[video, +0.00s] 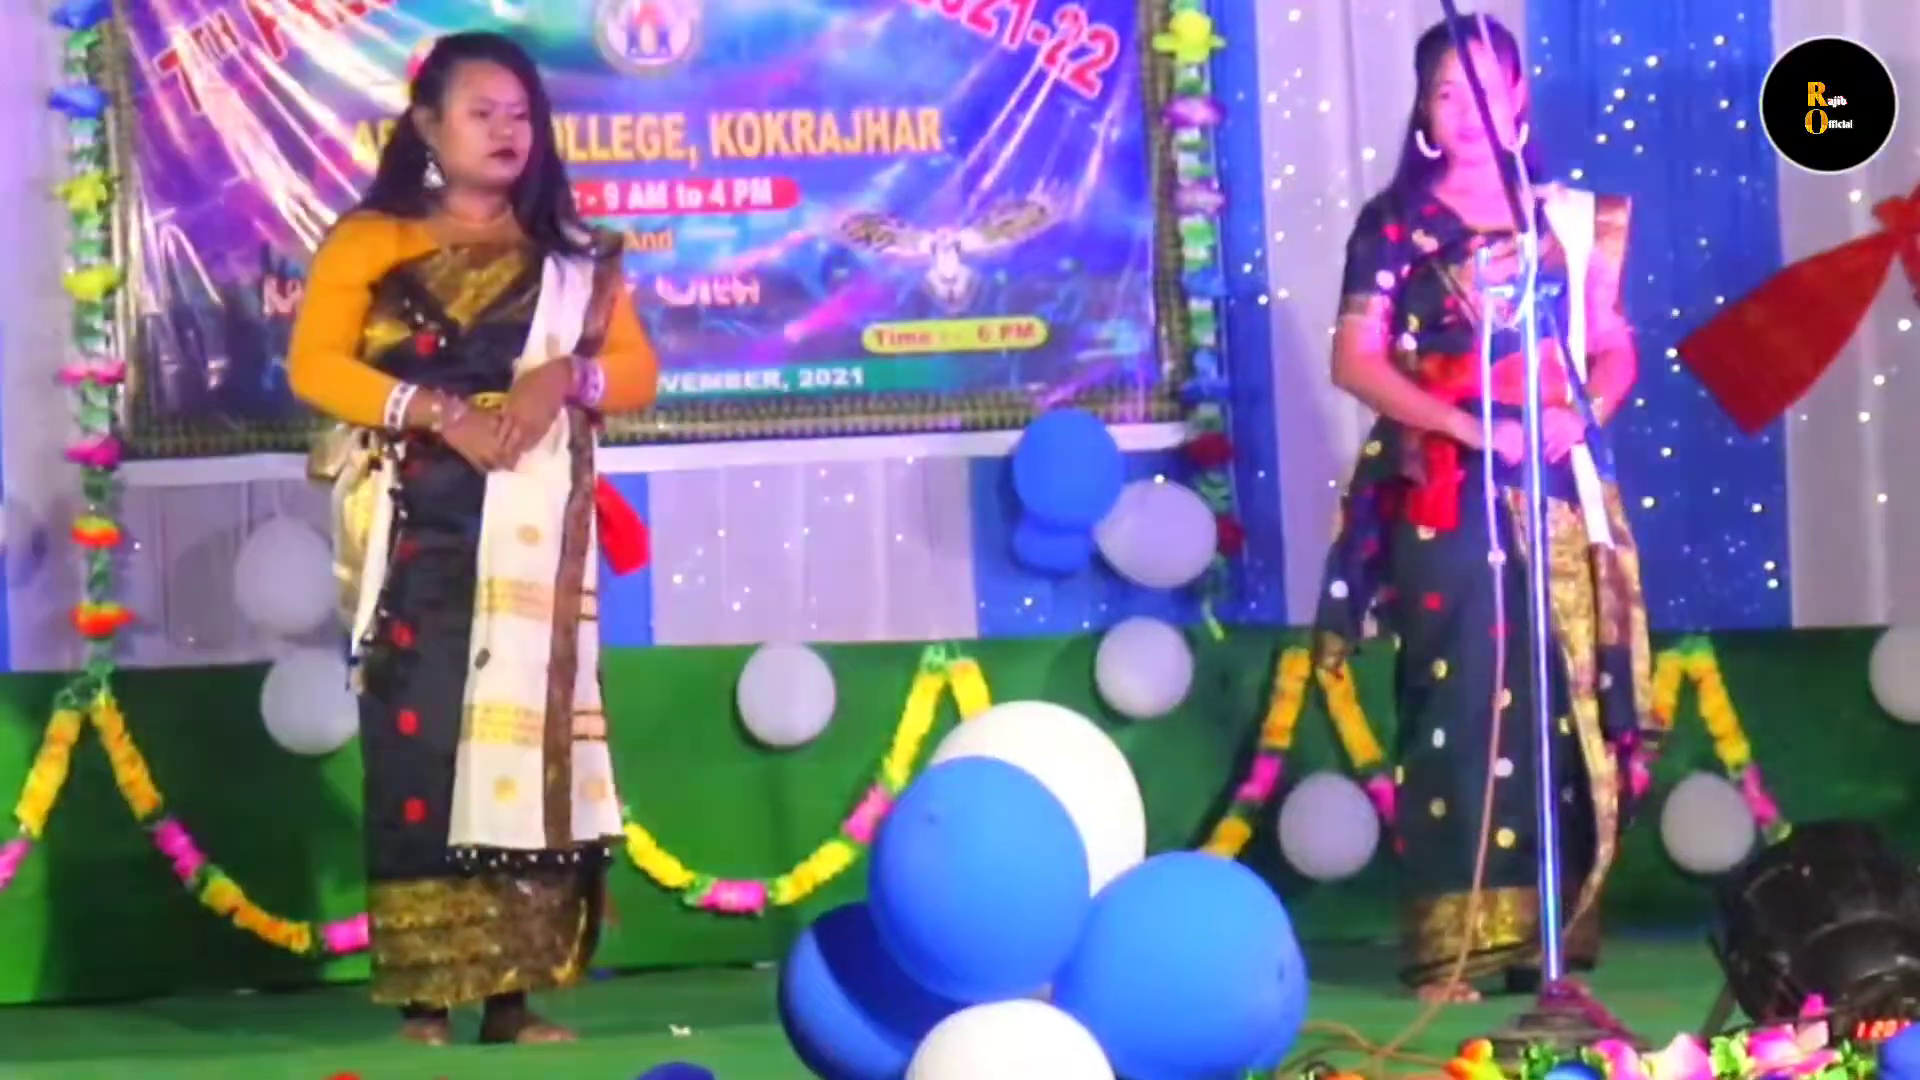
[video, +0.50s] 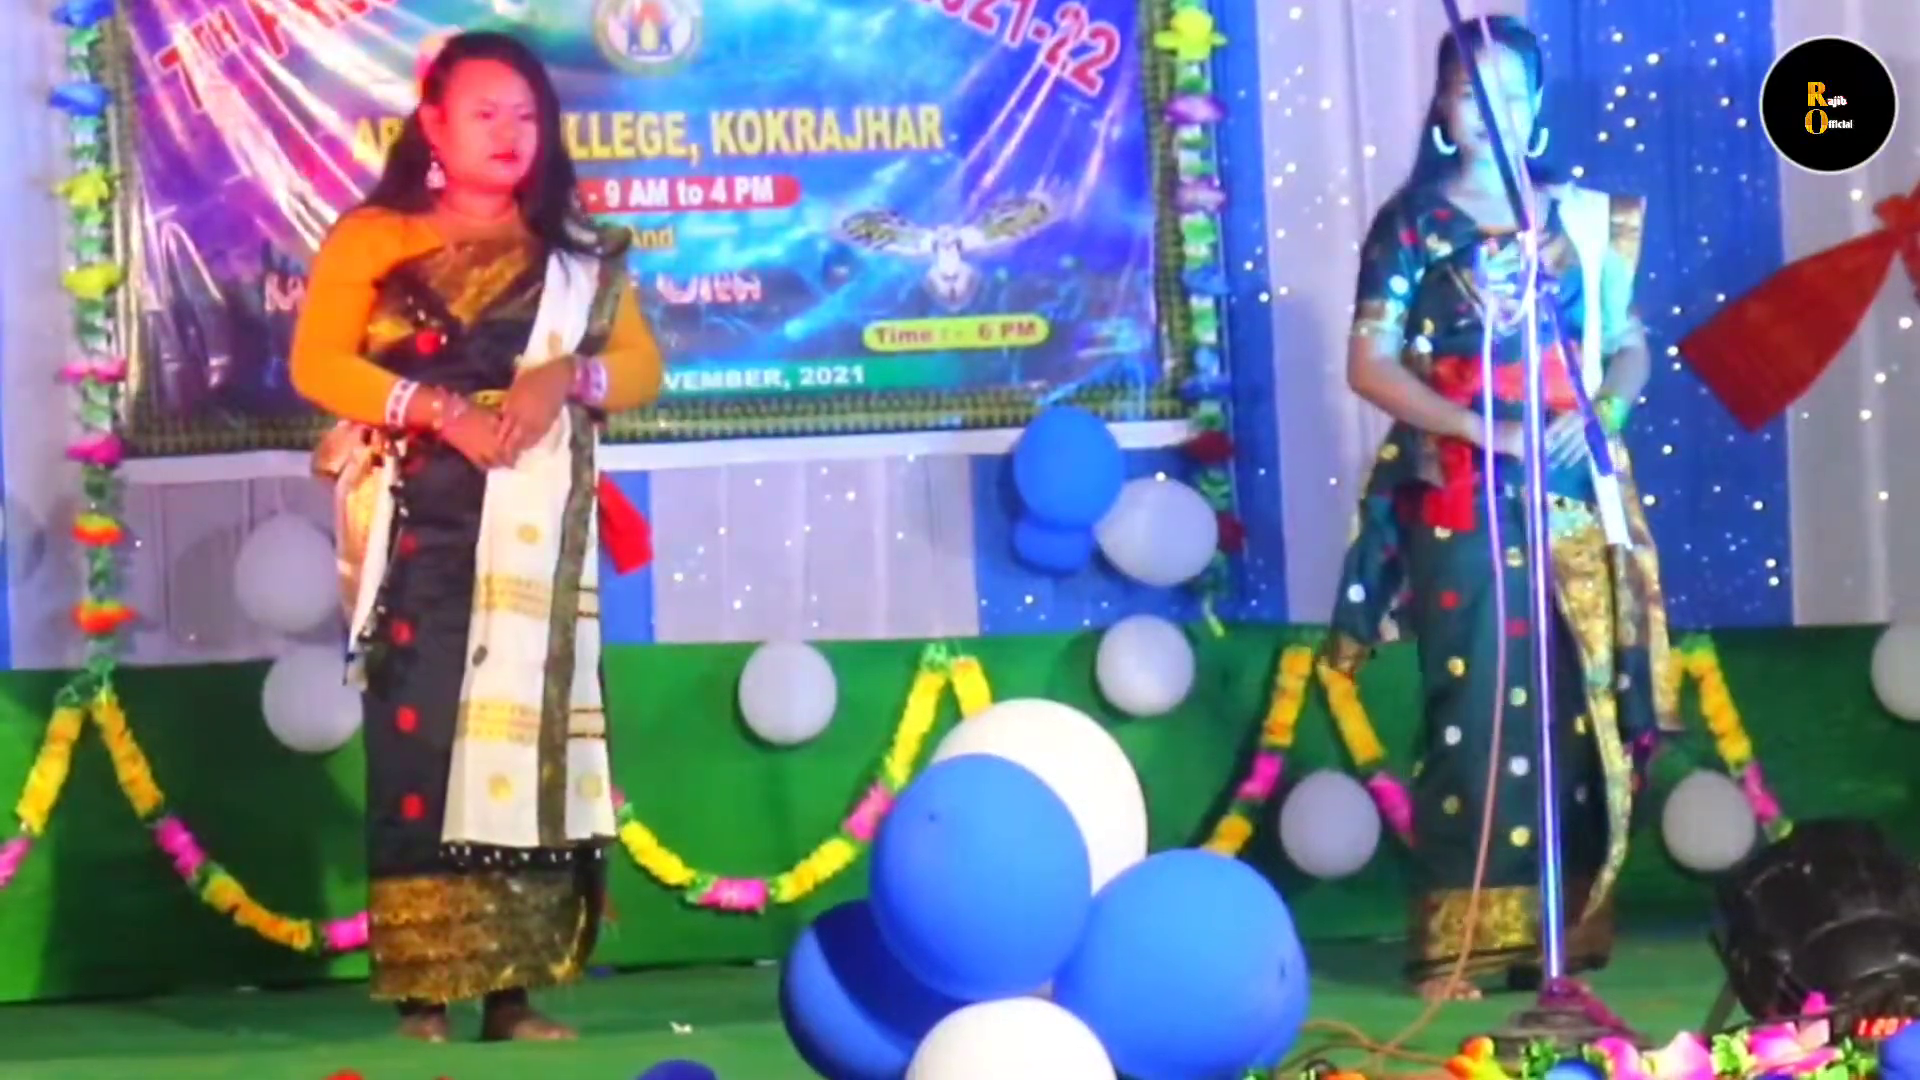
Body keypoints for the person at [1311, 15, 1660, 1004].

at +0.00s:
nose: (1452, 108)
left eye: (1472, 91)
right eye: (1440, 92)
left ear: (1514, 101)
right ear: (1422, 102)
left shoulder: (1568, 215)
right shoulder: (1394, 221)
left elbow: (1614, 351)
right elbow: (1354, 361)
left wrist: (1576, 419)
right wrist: (1471, 426)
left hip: (1555, 494)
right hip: (1446, 495)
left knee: (1563, 706)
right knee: (1452, 708)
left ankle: (1558, 949)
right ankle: (1449, 943)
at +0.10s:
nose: (1454, 105)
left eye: (1474, 88)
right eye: (1441, 89)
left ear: (1513, 97)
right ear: (1422, 101)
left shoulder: (1563, 212)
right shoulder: (1397, 222)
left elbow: (1615, 350)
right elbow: (1355, 362)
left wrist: (1583, 408)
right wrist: (1470, 426)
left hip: (1559, 493)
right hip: (1452, 495)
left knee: (1564, 703)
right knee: (1458, 704)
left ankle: (1559, 946)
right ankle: (1453, 939)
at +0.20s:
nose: (1449, 105)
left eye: (1471, 87)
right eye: (1440, 87)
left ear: (1515, 98)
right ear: (1425, 99)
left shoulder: (1566, 214)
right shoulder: (1401, 221)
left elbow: (1616, 353)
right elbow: (1359, 362)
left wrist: (1577, 411)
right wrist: (1467, 423)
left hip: (1561, 495)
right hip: (1452, 496)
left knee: (1565, 703)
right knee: (1458, 704)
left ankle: (1561, 945)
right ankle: (1452, 941)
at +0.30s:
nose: (1457, 109)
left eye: (1478, 91)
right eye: (1447, 91)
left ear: (1520, 98)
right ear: (1432, 100)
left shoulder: (1571, 213)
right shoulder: (1405, 224)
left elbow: (1621, 347)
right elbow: (1363, 363)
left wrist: (1590, 410)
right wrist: (1473, 425)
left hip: (1565, 494)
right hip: (1458, 496)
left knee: (1568, 701)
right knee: (1466, 703)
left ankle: (1565, 937)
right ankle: (1459, 933)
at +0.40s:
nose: (1462, 106)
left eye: (1483, 89)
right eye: (1453, 88)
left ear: (1526, 99)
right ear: (1437, 99)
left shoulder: (1576, 217)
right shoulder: (1408, 226)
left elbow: (1626, 349)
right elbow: (1367, 368)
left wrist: (1596, 410)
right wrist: (1482, 429)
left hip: (1570, 497)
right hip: (1461, 500)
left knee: (1574, 703)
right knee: (1470, 705)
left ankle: (1569, 932)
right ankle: (1461, 933)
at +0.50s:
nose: (1461, 108)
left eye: (1484, 91)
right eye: (1454, 89)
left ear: (1529, 102)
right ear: (1440, 99)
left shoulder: (1577, 216)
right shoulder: (1412, 223)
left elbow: (1625, 345)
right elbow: (1367, 366)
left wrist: (1600, 408)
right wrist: (1479, 427)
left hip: (1571, 500)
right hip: (1462, 501)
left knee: (1578, 706)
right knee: (1471, 708)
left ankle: (1573, 937)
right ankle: (1458, 938)